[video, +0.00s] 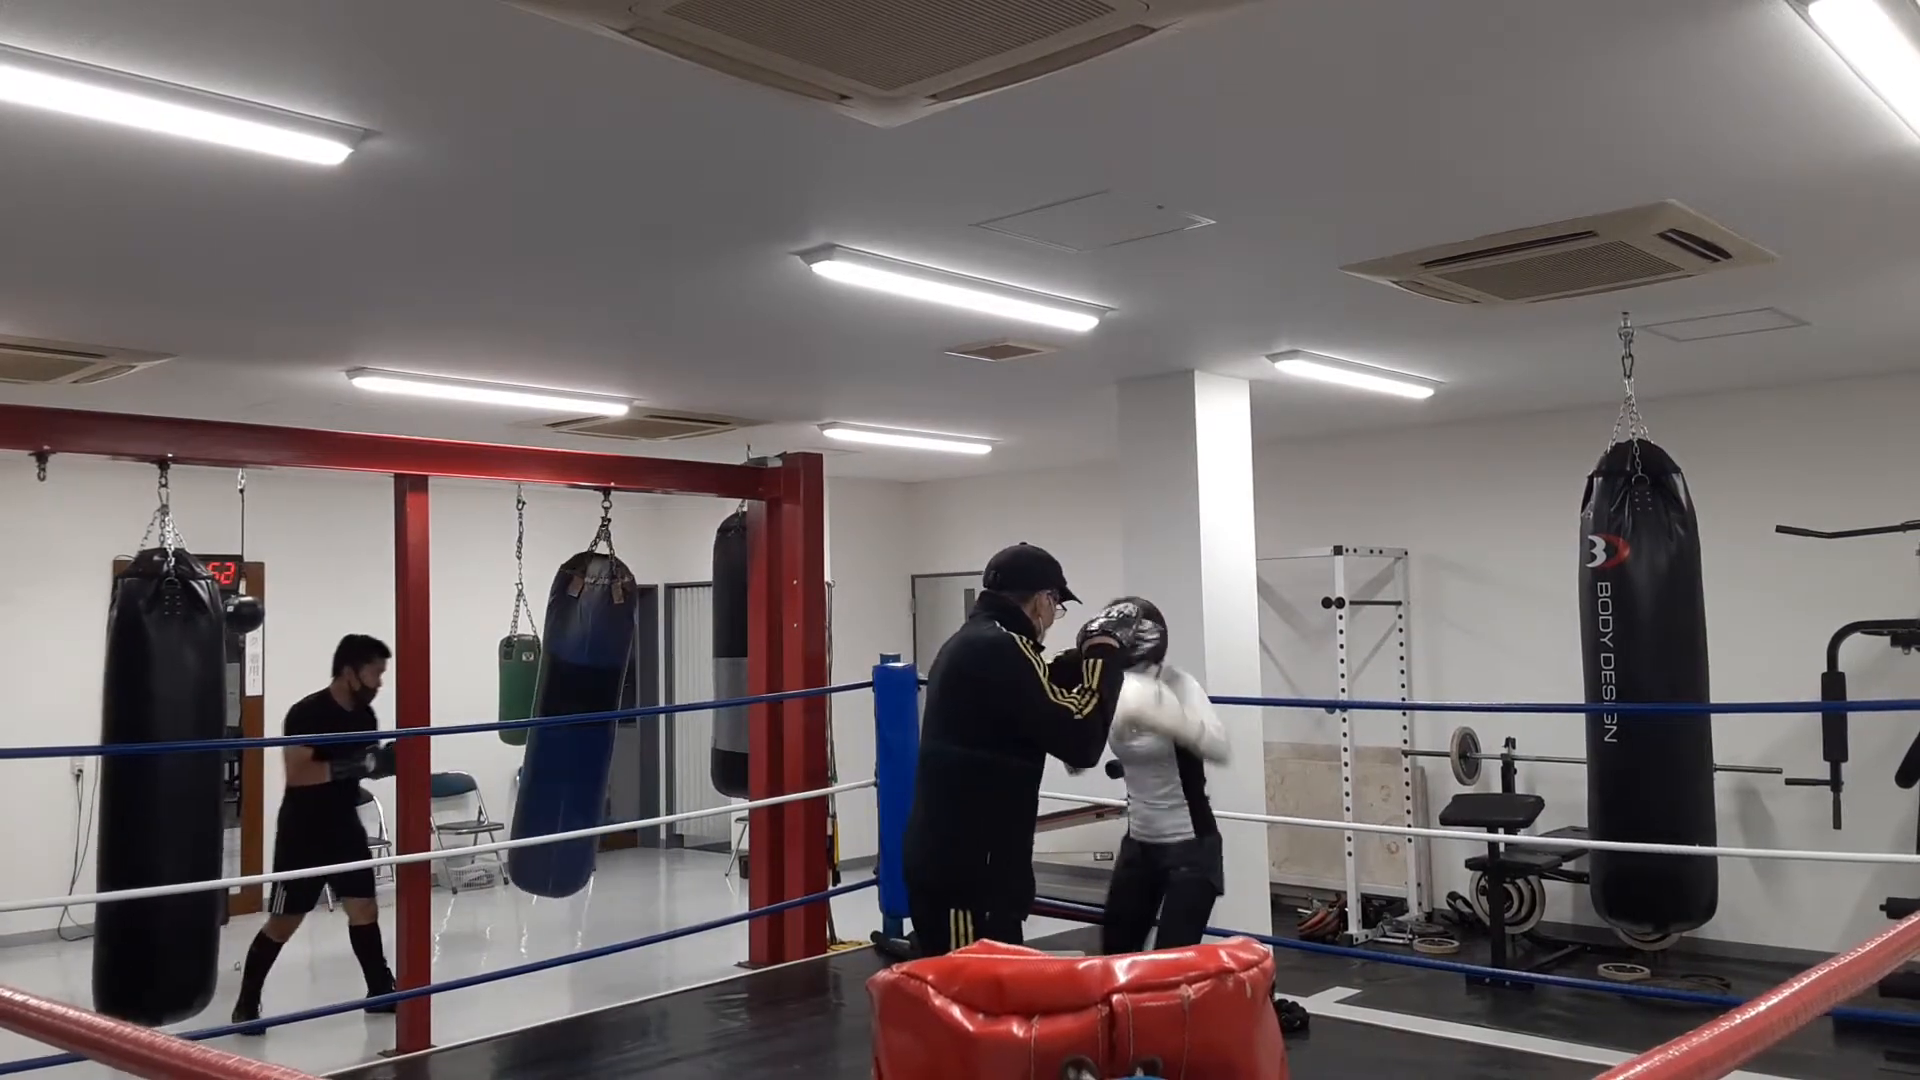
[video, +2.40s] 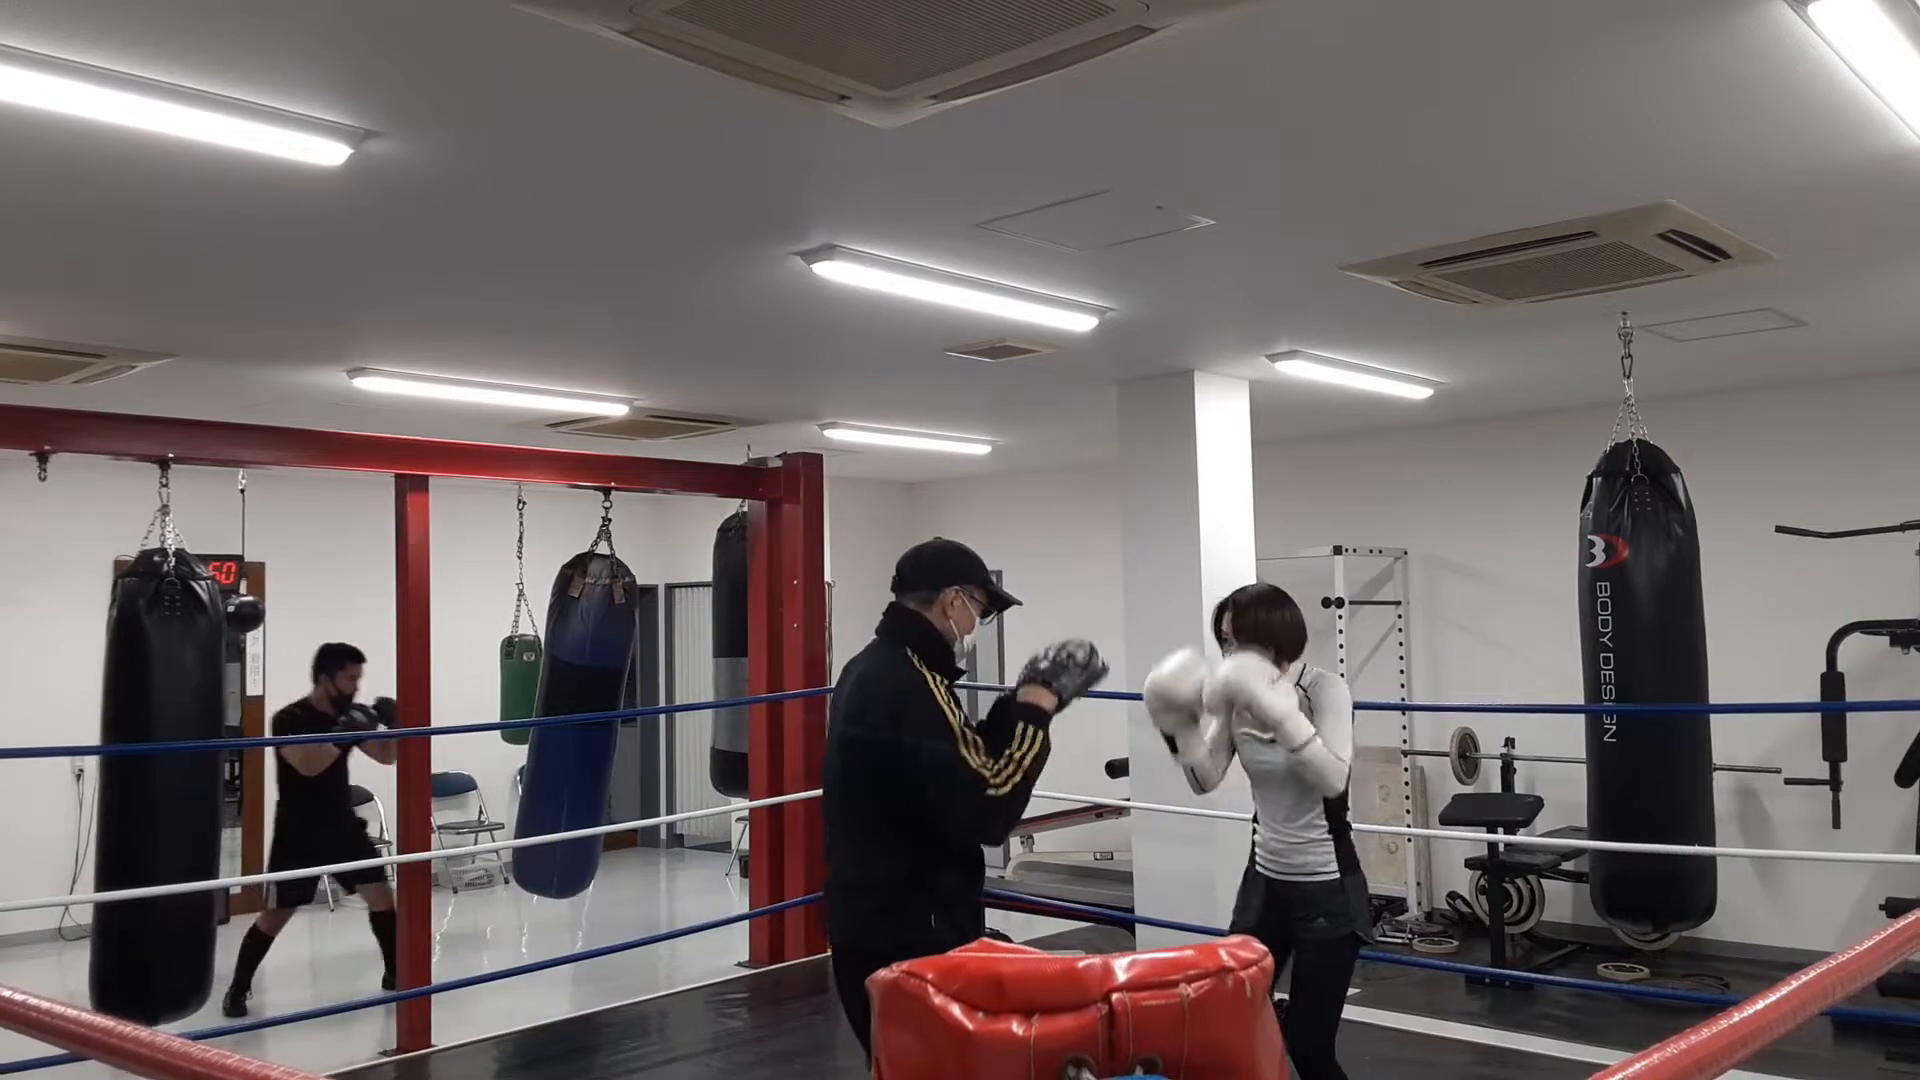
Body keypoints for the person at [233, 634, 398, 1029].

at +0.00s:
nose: (380, 683)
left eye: (381, 675)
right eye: (375, 675)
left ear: (362, 673)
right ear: (348, 671)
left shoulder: (365, 717)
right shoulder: (306, 713)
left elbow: (360, 766)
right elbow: (295, 775)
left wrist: (391, 761)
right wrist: (349, 767)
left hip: (345, 822)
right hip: (303, 825)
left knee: (363, 907)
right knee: (286, 919)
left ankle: (380, 989)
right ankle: (247, 1002)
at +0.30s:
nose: (332, 678)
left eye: (333, 670)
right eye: (326, 670)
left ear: (307, 672)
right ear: (298, 670)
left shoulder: (319, 712)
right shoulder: (260, 716)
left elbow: (311, 761)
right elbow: (249, 778)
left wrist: (339, 761)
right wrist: (302, 770)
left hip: (310, 821)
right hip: (269, 826)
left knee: (337, 902)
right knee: (268, 915)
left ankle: (340, 987)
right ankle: (245, 1003)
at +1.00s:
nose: (364, 685)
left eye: (367, 677)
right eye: (357, 677)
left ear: (366, 675)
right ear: (331, 676)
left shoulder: (358, 718)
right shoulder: (295, 720)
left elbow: (355, 765)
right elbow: (282, 778)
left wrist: (370, 771)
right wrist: (332, 778)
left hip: (339, 816)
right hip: (297, 820)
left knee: (365, 889)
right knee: (285, 907)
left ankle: (371, 975)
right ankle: (252, 998)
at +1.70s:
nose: (323, 681)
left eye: (327, 673)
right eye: (316, 673)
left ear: (328, 671)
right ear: (292, 670)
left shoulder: (315, 711)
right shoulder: (254, 711)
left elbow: (351, 757)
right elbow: (266, 760)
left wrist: (361, 733)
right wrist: (309, 729)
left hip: (307, 820)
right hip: (263, 824)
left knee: (331, 892)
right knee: (254, 905)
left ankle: (355, 974)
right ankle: (235, 989)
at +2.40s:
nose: (355, 686)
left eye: (357, 678)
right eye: (348, 678)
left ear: (355, 679)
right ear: (324, 678)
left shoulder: (348, 718)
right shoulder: (288, 719)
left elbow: (386, 755)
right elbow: (307, 763)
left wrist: (393, 724)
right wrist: (346, 731)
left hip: (343, 828)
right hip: (298, 832)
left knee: (380, 896)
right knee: (277, 912)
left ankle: (395, 972)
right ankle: (238, 989)